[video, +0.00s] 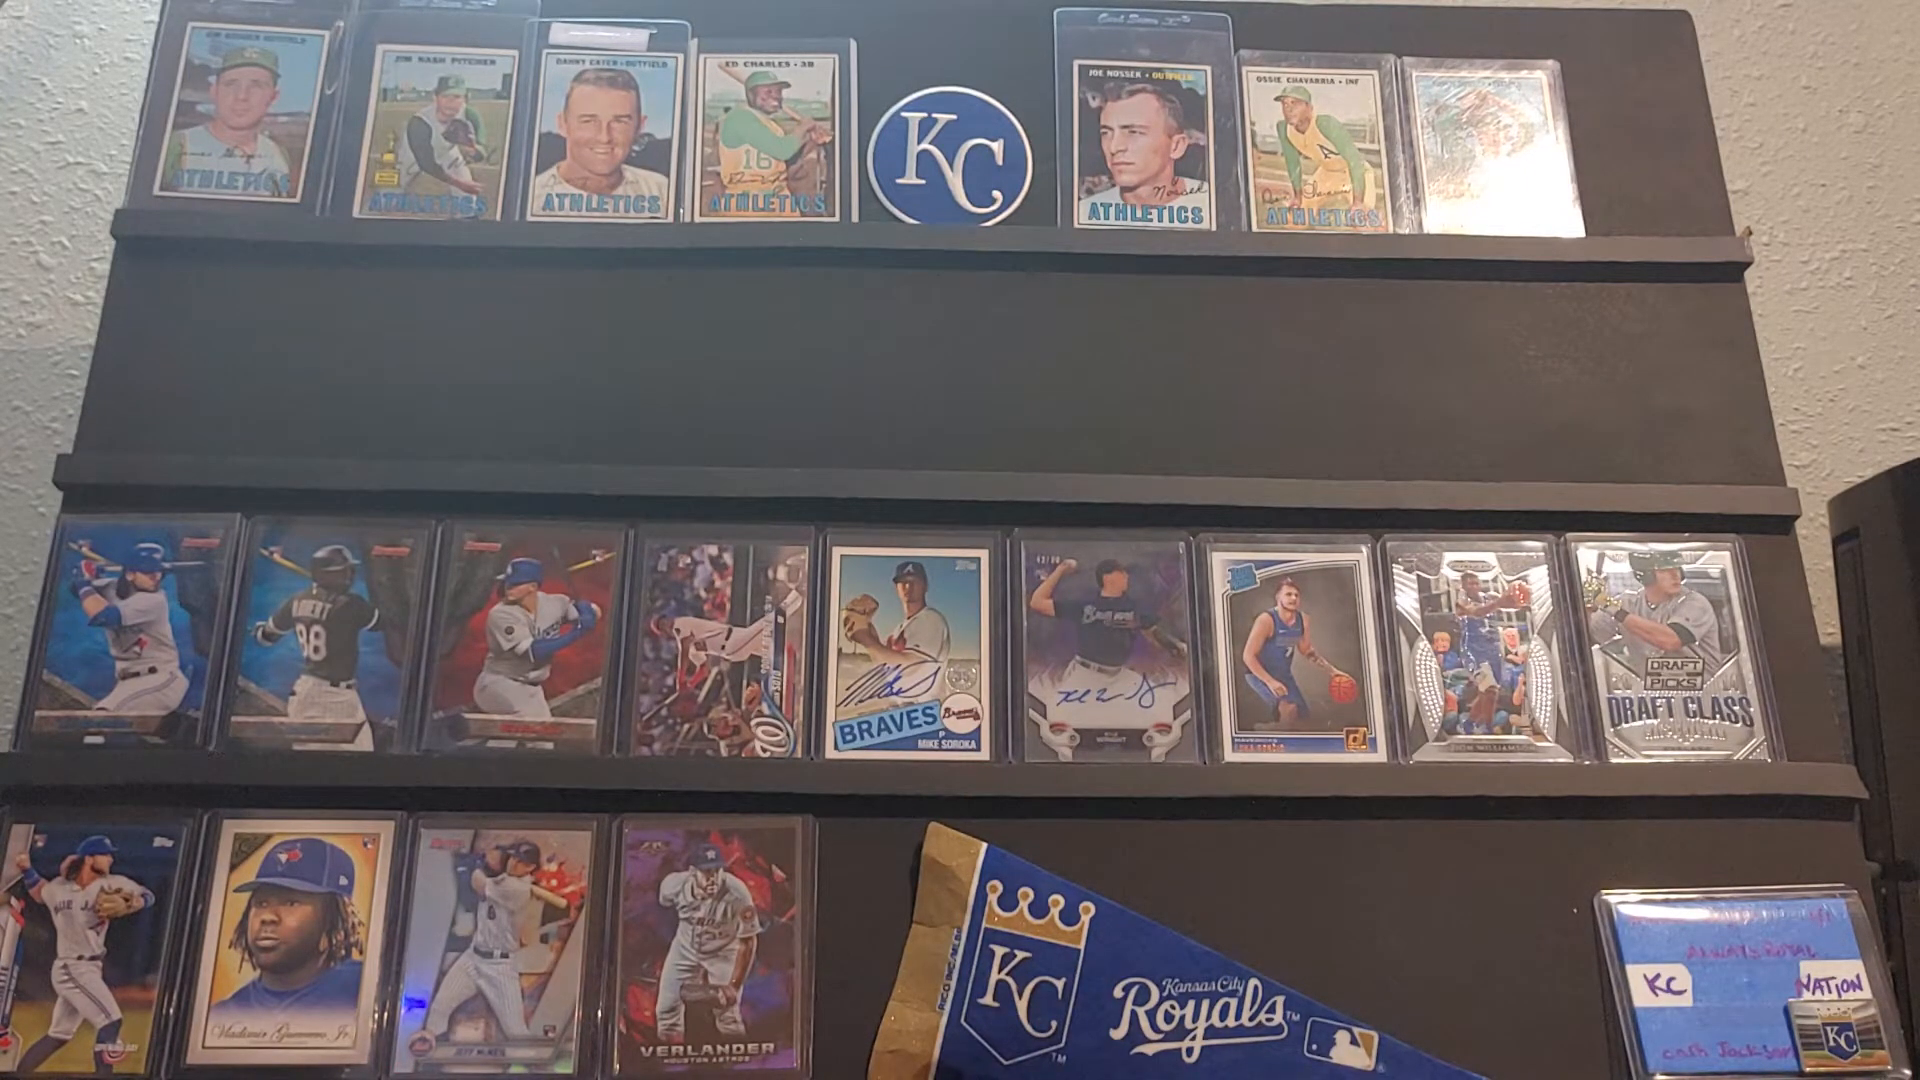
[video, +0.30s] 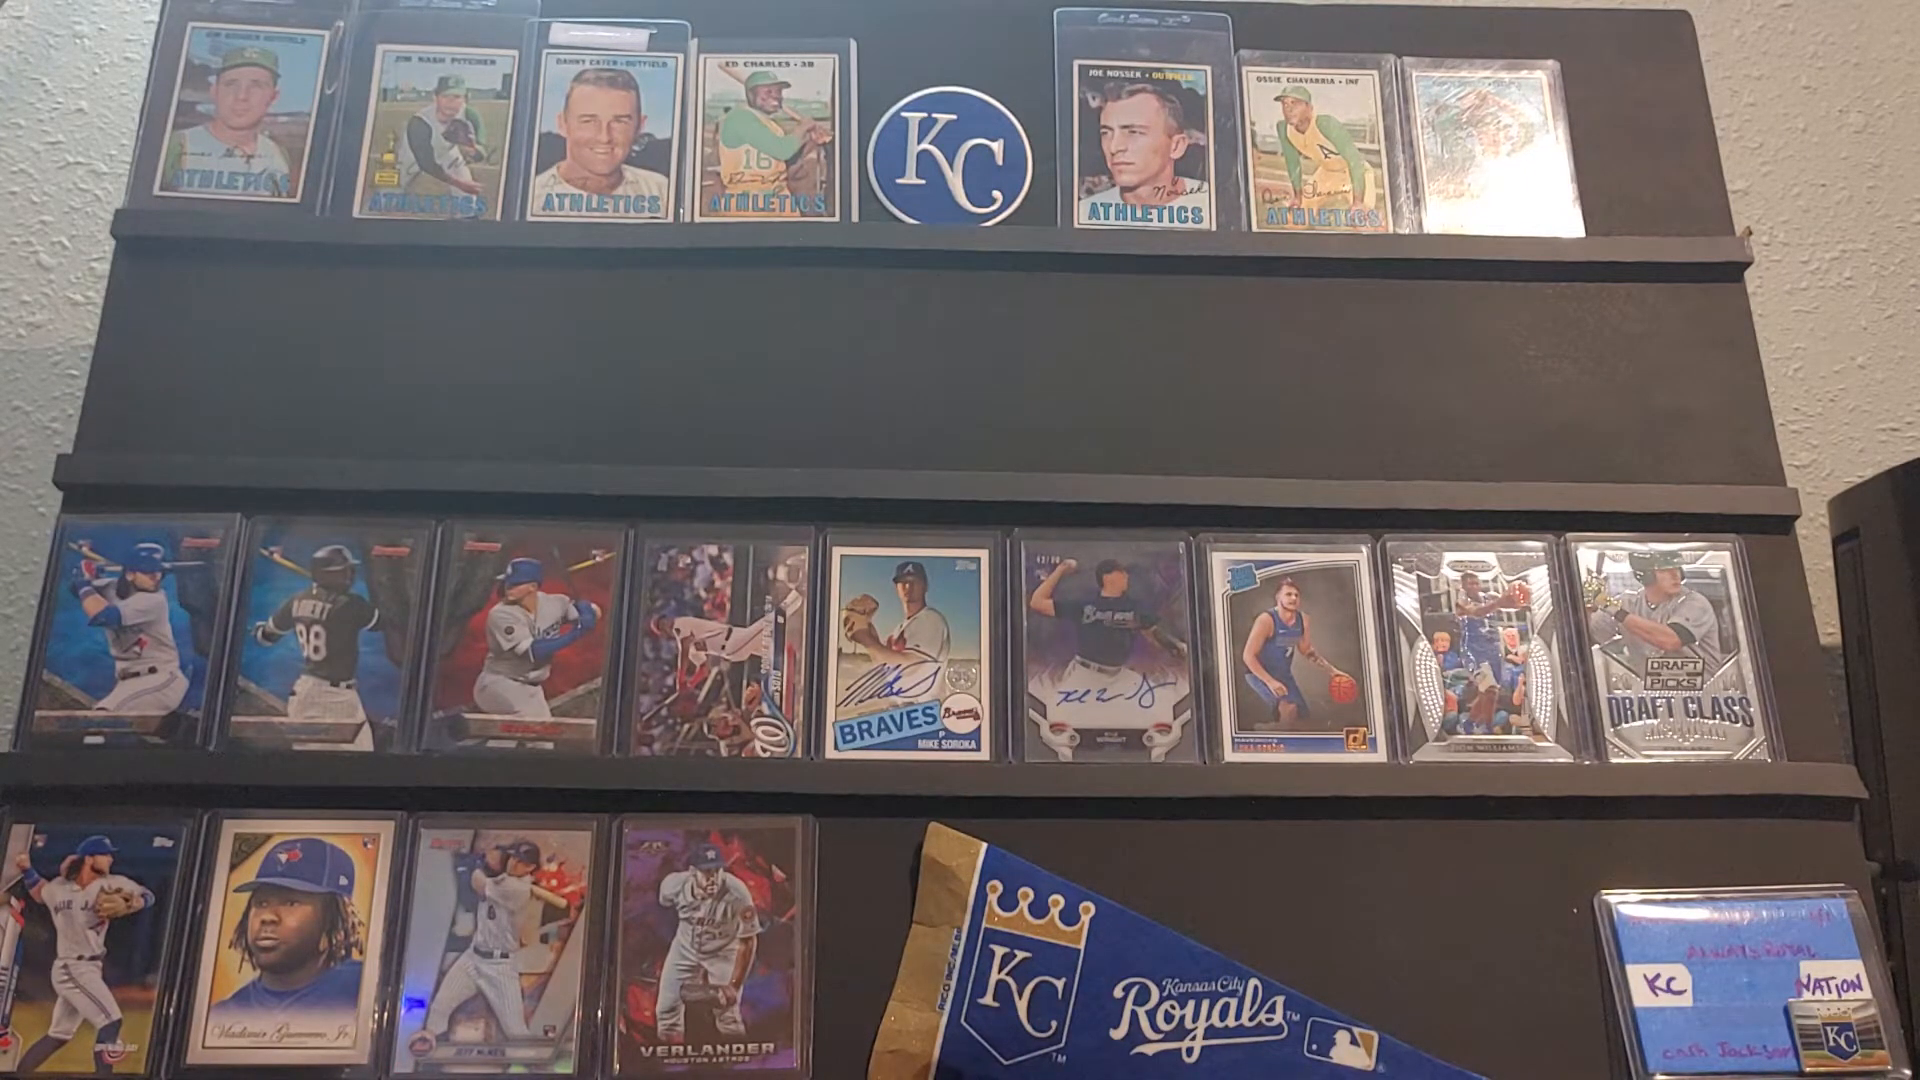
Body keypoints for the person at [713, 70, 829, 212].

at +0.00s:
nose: (776, 97)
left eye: (778, 92)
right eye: (769, 92)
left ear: (782, 93)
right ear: (752, 94)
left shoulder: (773, 126)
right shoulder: (739, 118)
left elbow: (785, 168)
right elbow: (783, 151)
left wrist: (811, 143)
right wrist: (803, 128)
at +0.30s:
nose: (776, 97)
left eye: (778, 92)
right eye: (769, 92)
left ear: (782, 93)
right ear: (752, 94)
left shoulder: (773, 126)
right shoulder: (739, 118)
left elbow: (785, 168)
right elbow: (783, 151)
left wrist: (811, 143)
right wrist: (803, 128)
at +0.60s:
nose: (776, 97)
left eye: (778, 92)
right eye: (769, 92)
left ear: (782, 93)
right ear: (752, 94)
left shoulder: (773, 126)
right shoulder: (739, 118)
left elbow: (785, 167)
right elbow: (782, 151)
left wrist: (811, 143)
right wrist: (803, 128)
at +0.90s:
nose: (776, 97)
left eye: (778, 92)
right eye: (769, 92)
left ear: (782, 93)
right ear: (752, 94)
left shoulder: (773, 126)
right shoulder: (739, 118)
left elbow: (785, 168)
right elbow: (783, 151)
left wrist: (811, 143)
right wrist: (803, 128)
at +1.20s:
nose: (776, 97)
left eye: (779, 92)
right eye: (769, 92)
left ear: (782, 94)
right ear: (751, 95)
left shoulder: (775, 128)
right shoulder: (738, 118)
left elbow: (784, 168)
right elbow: (783, 151)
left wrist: (810, 143)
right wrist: (802, 129)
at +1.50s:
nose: (776, 97)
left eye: (779, 92)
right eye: (768, 92)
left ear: (782, 94)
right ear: (751, 95)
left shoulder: (775, 128)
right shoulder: (738, 118)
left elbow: (784, 169)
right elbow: (782, 151)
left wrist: (811, 143)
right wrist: (802, 129)